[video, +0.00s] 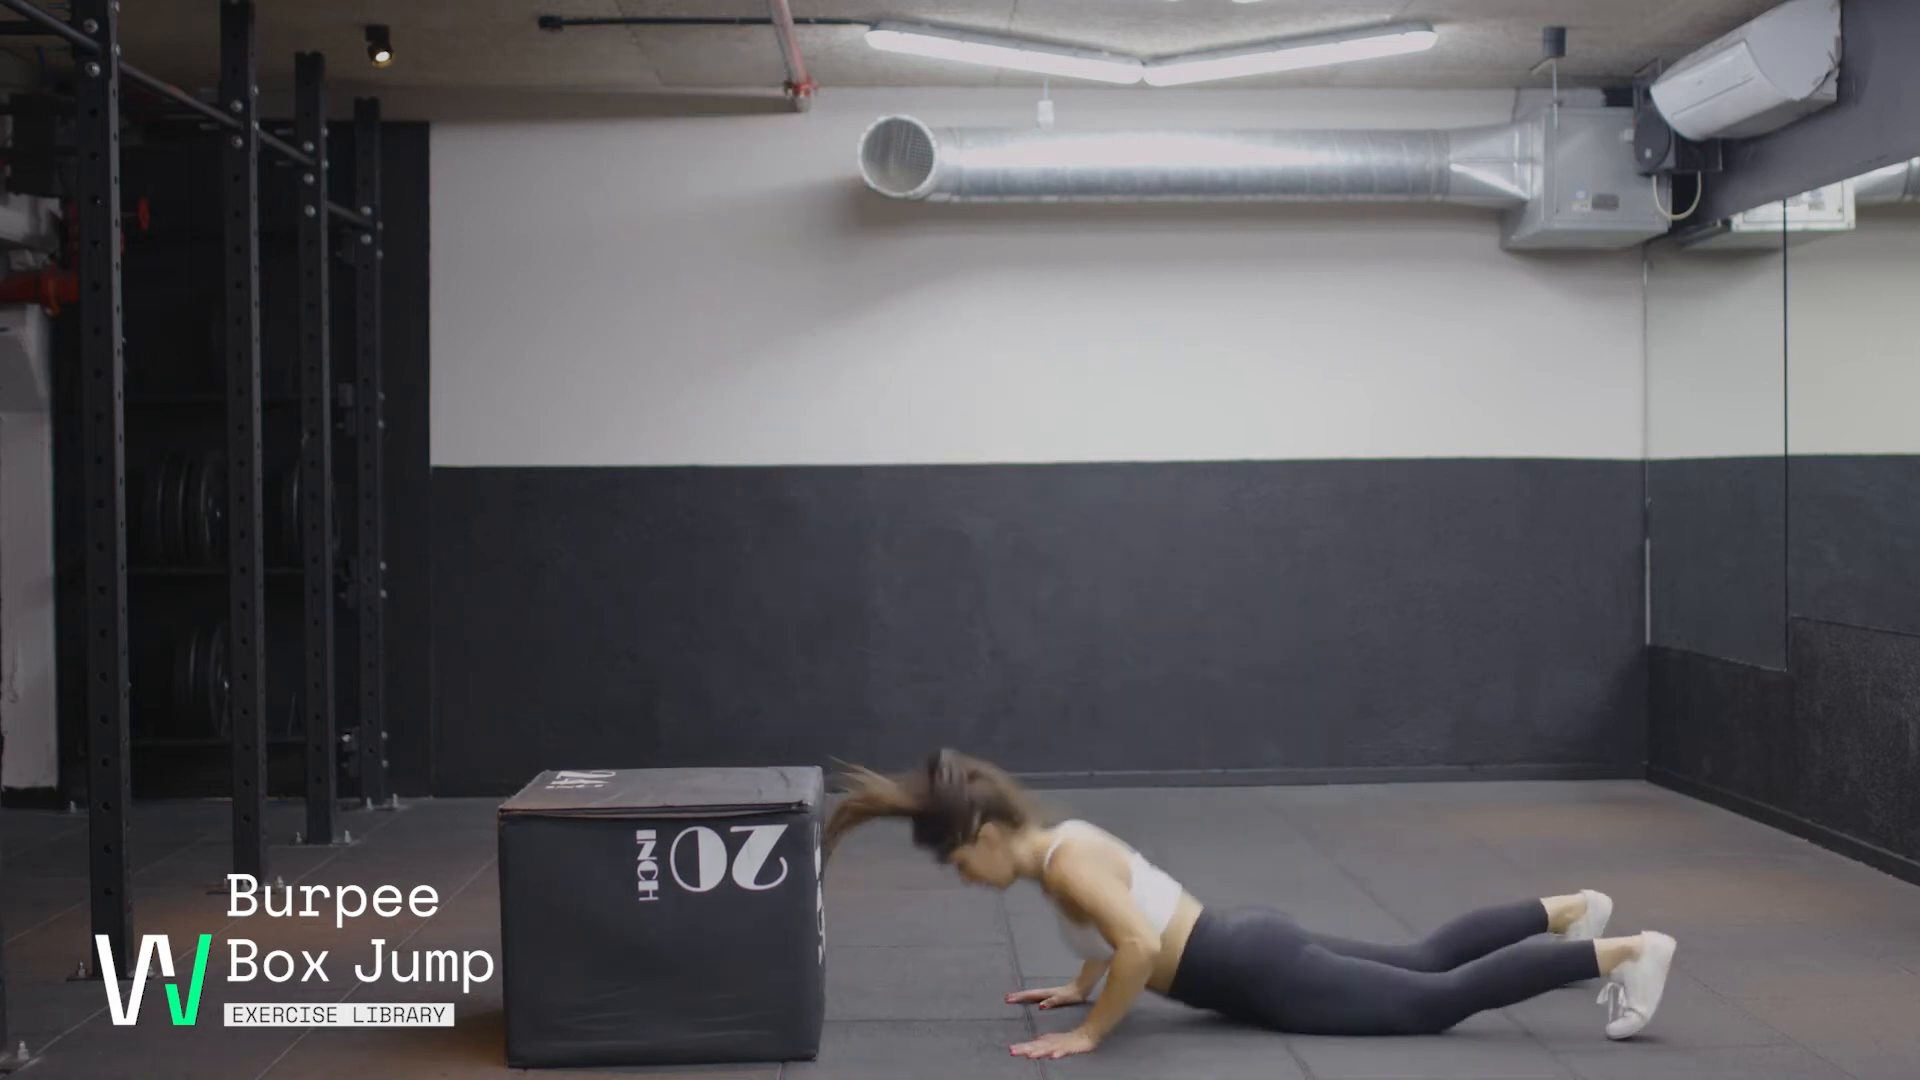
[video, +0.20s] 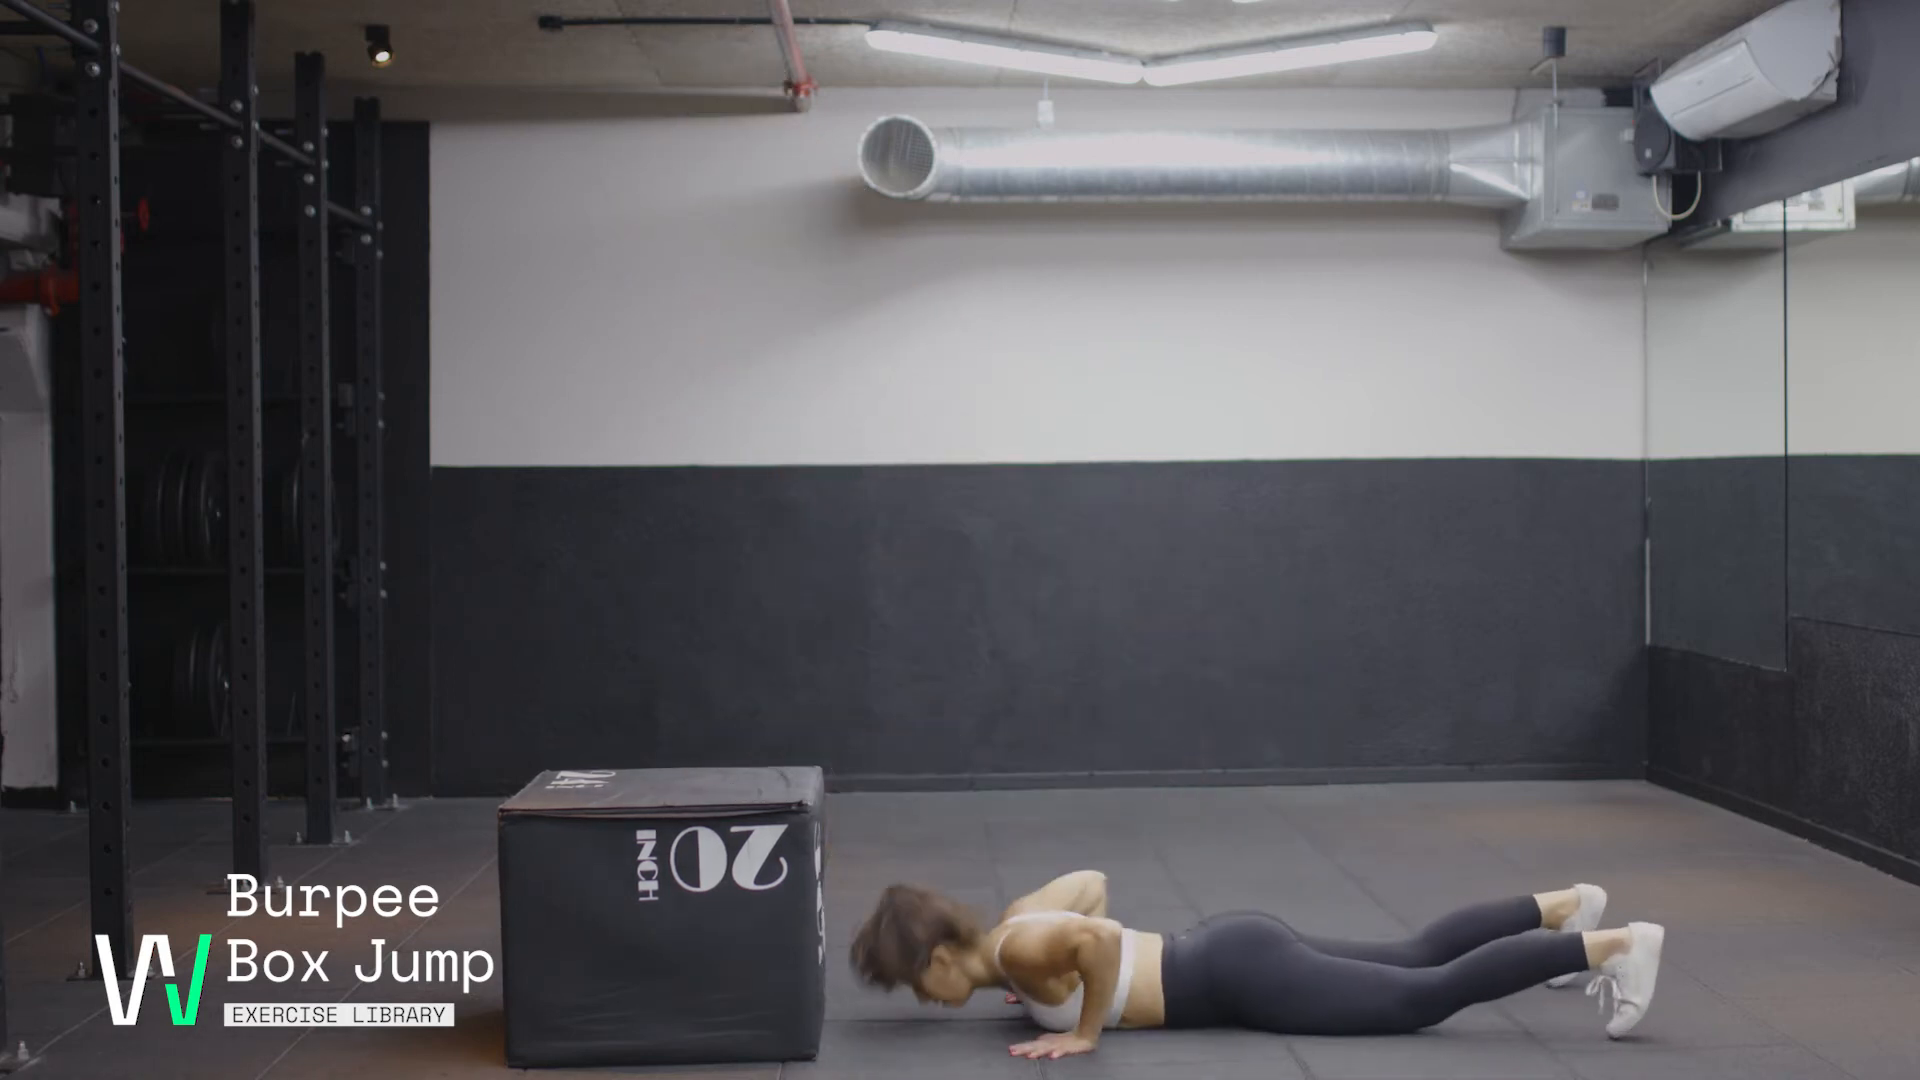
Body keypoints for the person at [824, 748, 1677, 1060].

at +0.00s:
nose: (966, 877)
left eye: (963, 862)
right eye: (957, 867)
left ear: (991, 835)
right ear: (994, 829)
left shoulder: (1067, 865)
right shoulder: (1060, 846)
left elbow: (1140, 951)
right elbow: (1127, 937)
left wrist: (1089, 1036)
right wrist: (1080, 988)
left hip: (1242, 966)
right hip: (1244, 941)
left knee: (1433, 1002)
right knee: (1418, 963)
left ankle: (1610, 958)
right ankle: (1566, 914)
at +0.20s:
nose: (923, 998)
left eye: (917, 984)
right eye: (913, 988)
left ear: (936, 955)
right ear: (942, 938)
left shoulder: (1010, 953)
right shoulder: (1007, 929)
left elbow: (1096, 938)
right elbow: (1089, 893)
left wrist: (1082, 1030)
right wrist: (1078, 996)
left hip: (1228, 974)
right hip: (1226, 946)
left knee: (1424, 998)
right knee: (1406, 964)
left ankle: (1604, 948)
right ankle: (1559, 907)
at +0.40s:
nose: (940, 955)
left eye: (934, 942)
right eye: (930, 947)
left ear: (948, 910)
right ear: (945, 909)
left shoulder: (1026, 915)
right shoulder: (1028, 891)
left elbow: (1110, 937)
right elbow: (1105, 908)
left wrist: (1085, 1032)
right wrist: (1072, 995)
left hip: (1224, 976)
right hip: (1226, 948)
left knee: (1425, 1004)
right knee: (1404, 971)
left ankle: (1602, 947)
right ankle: (1552, 908)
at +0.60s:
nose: (971, 850)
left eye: (966, 835)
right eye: (962, 839)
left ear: (993, 807)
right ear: (996, 798)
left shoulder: (1067, 836)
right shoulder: (1063, 813)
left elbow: (1116, 936)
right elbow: (1106, 919)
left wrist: (1088, 1033)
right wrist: (1075, 986)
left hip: (1262, 931)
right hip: (1259, 913)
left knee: (1437, 1005)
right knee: (1416, 969)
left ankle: (1606, 956)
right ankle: (1563, 914)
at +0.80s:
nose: (974, 824)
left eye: (962, 811)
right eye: (961, 813)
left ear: (973, 786)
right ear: (985, 760)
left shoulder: (1067, 772)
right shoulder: (1058, 763)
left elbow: (1088, 907)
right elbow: (1083, 894)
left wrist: (1090, 1028)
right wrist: (1076, 989)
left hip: (1282, 776)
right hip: (1276, 769)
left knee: (1425, 910)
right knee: (1416, 890)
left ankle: (1616, 954)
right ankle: (1562, 909)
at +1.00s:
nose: (1078, 862)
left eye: (1064, 855)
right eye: (1065, 861)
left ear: (1063, 824)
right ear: (1065, 812)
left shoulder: (1129, 773)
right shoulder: (1109, 765)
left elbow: (1120, 913)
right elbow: (1105, 894)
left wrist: (1090, 1029)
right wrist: (1081, 985)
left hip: (1296, 621)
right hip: (1279, 621)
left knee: (1317, 815)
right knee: (1320, 808)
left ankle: (1444, 958)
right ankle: (1412, 936)